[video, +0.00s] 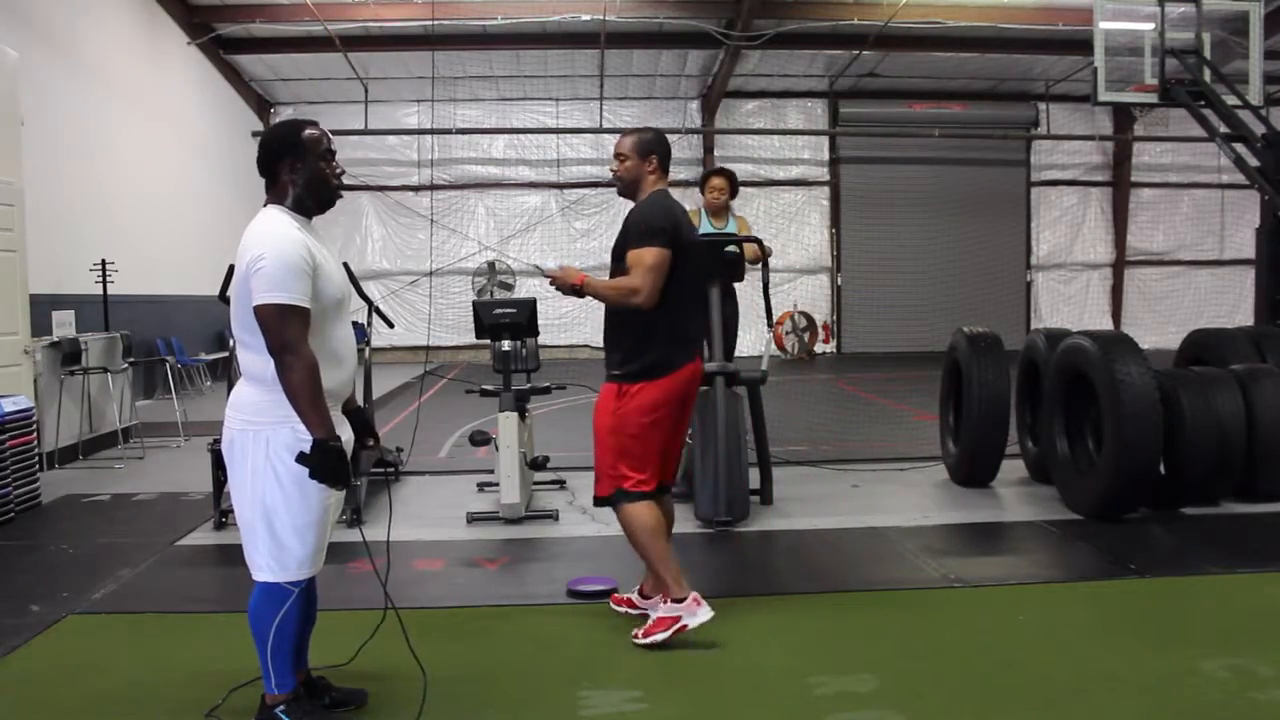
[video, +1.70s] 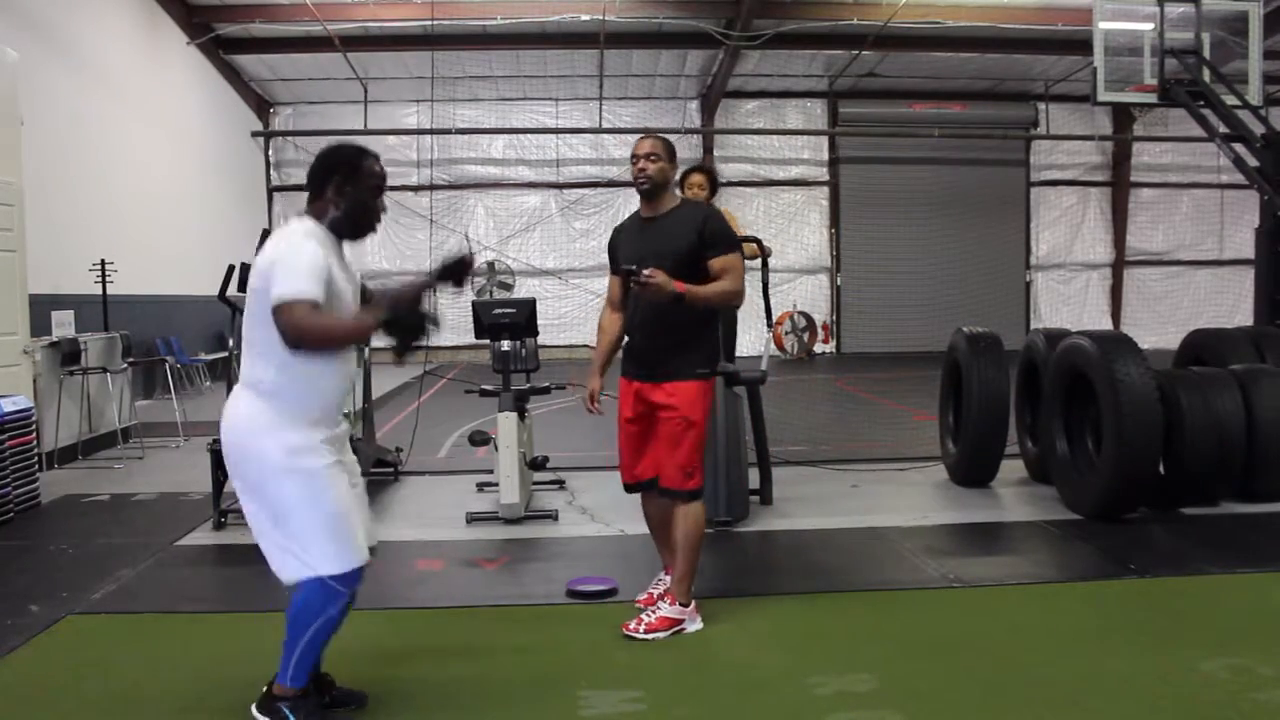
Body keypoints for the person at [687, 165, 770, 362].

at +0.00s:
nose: (716, 196)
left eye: (722, 191)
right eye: (711, 191)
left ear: (731, 196)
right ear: (703, 194)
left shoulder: (739, 222)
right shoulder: (692, 219)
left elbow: (750, 255)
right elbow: (681, 248)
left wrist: (760, 253)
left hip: (725, 287)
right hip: (695, 287)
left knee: (725, 347)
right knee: (693, 344)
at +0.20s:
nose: (709, 202)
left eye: (715, 197)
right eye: (704, 197)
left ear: (726, 201)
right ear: (698, 199)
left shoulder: (738, 227)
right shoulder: (689, 224)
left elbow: (749, 262)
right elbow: (675, 254)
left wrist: (759, 256)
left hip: (725, 294)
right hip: (694, 296)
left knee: (723, 358)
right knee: (692, 358)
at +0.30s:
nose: (701, 198)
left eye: (708, 193)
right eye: (697, 193)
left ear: (719, 196)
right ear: (691, 196)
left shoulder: (731, 221)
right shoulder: (687, 223)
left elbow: (751, 253)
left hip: (724, 292)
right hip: (693, 295)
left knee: (720, 355)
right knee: (691, 355)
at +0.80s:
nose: (696, 201)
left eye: (702, 196)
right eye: (691, 195)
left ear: (710, 199)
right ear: (683, 196)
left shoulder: (722, 224)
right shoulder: (671, 226)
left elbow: (746, 252)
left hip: (718, 299)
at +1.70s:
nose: (695, 193)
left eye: (701, 188)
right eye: (689, 188)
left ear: (711, 192)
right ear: (682, 191)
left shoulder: (721, 216)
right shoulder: (674, 216)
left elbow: (741, 247)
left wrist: (757, 250)